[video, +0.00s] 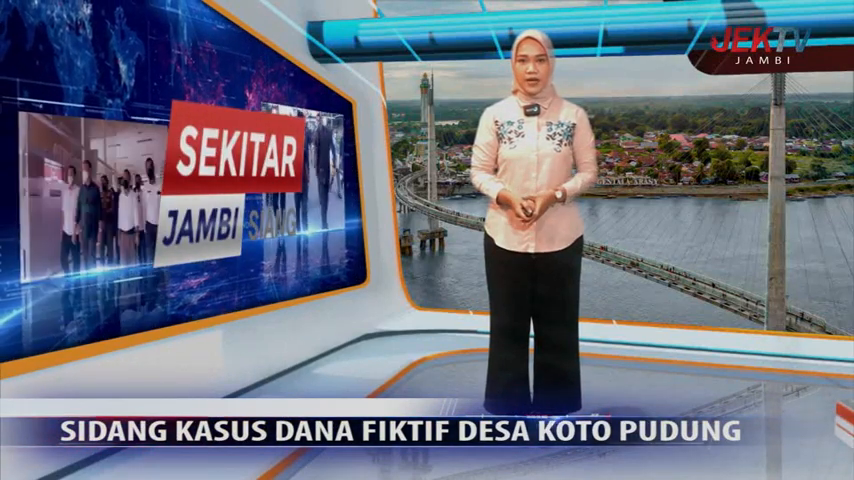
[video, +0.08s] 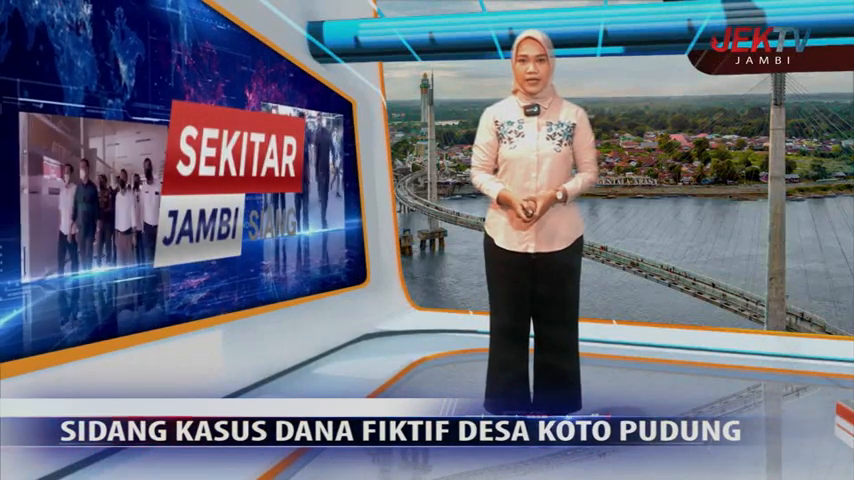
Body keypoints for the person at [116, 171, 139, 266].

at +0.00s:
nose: (124, 182)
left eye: (126, 179)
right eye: (122, 179)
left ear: (129, 181)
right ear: (121, 182)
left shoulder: (133, 194)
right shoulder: (119, 193)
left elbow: (136, 211)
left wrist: (137, 228)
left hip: (131, 228)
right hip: (121, 229)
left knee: (131, 254)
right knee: (123, 254)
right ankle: (123, 273)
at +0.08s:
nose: (121, 181)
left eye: (123, 179)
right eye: (120, 179)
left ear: (127, 180)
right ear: (118, 181)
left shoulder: (130, 195)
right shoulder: (117, 195)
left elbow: (133, 211)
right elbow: (116, 212)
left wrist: (134, 229)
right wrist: (115, 228)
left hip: (128, 228)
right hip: (118, 228)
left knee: (129, 253)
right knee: (119, 254)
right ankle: (120, 273)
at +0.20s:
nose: (116, 184)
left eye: (118, 181)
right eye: (114, 181)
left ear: (122, 182)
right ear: (113, 183)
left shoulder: (126, 195)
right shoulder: (113, 195)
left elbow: (129, 211)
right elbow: (113, 212)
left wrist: (130, 226)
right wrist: (112, 227)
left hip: (124, 229)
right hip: (115, 229)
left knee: (126, 255)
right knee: (116, 255)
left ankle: (126, 274)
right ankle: (117, 273)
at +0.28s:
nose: (114, 191)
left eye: (116, 189)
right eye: (113, 189)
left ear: (120, 187)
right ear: (112, 188)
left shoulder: (125, 197)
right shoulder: (112, 198)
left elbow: (128, 213)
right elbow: (111, 214)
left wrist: (130, 229)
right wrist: (110, 229)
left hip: (123, 231)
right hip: (113, 231)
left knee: (124, 255)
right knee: (115, 255)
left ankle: (124, 274)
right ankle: (115, 274)